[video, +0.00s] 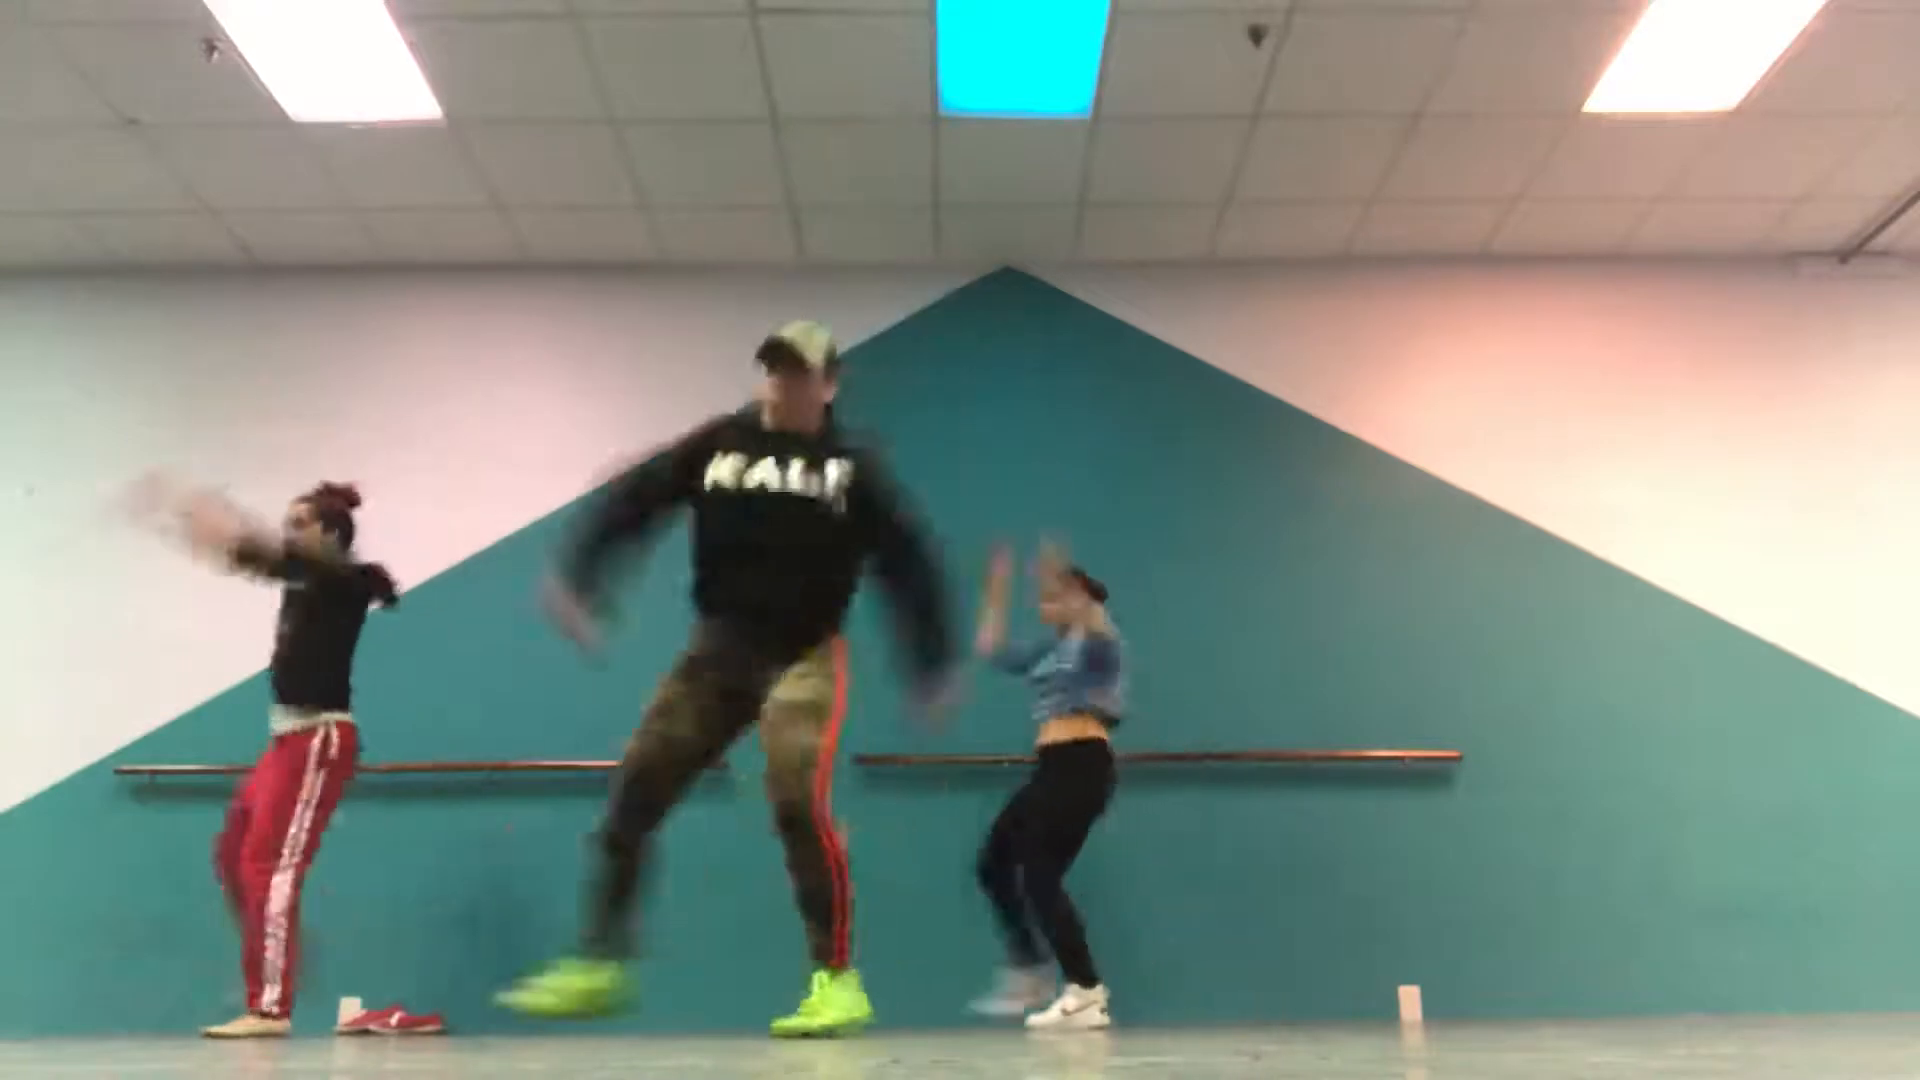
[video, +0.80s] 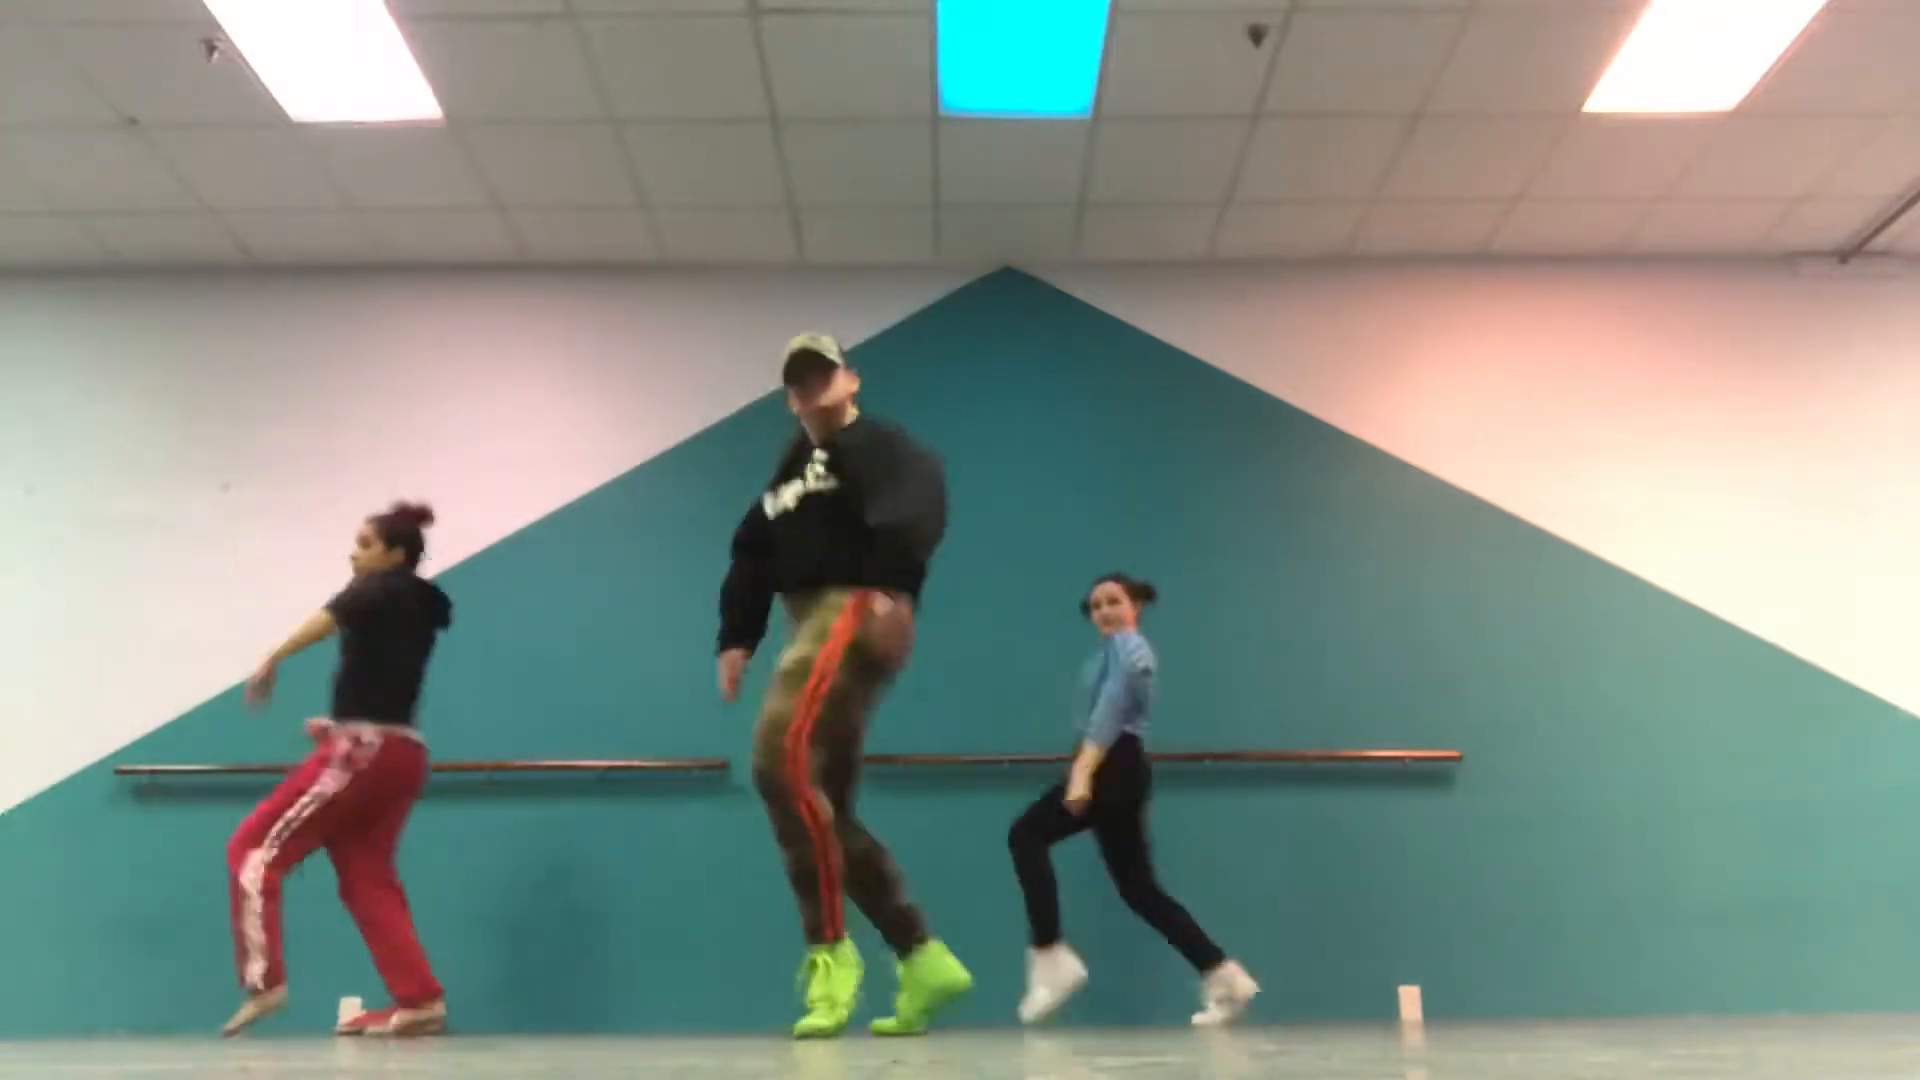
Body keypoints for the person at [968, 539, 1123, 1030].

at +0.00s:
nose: (1046, 608)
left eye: (1056, 597)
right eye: (1044, 599)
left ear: (1083, 600)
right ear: (1045, 605)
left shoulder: (1100, 645)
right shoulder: (1049, 650)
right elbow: (991, 648)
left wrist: (1090, 612)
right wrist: (998, 586)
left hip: (1085, 760)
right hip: (1051, 762)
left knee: (1040, 872)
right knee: (996, 864)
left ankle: (1084, 989)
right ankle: (1028, 972)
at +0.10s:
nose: (1028, 612)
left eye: (1037, 603)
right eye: (1025, 604)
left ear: (1064, 609)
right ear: (1024, 611)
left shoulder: (1093, 659)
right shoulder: (1017, 659)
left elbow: (1100, 712)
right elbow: (958, 686)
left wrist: (1080, 751)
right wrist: (950, 733)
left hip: (1065, 764)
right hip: (1024, 766)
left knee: (1021, 876)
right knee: (976, 871)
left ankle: (1081, 989)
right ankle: (939, 982)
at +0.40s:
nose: (1024, 595)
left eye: (1036, 588)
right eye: (1019, 587)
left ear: (1056, 603)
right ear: (1010, 600)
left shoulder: (1067, 651)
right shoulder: (1002, 657)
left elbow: (1094, 710)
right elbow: (991, 718)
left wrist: (1075, 760)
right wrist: (978, 765)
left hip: (1061, 762)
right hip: (1019, 764)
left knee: (1032, 875)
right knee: (989, 877)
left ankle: (1078, 991)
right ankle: (940, 989)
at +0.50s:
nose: (1040, 579)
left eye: (1052, 571)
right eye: (1036, 571)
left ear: (1074, 585)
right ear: (1030, 583)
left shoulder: (1072, 628)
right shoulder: (1036, 634)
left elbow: (1096, 685)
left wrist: (1100, 739)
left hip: (1064, 738)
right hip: (1033, 741)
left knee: (1047, 863)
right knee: (1026, 864)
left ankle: (1081, 987)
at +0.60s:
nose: (1062, 589)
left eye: (1073, 580)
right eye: (1056, 582)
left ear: (1096, 589)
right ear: (1050, 593)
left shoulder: (1088, 633)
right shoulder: (1062, 635)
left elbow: (1108, 701)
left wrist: (1116, 764)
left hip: (1065, 739)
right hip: (1047, 740)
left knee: (1059, 864)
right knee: (1061, 863)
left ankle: (1080, 986)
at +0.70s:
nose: (1086, 599)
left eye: (1096, 590)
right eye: (1078, 593)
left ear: (1119, 597)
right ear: (1073, 604)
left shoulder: (1111, 643)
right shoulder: (1100, 644)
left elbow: (1115, 714)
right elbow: (1122, 718)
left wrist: (1110, 776)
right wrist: (1130, 785)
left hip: (1073, 749)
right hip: (1071, 749)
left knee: (1053, 866)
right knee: (1100, 868)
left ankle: (1080, 988)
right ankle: (1189, 944)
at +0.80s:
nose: (1104, 612)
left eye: (1113, 602)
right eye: (1096, 606)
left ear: (1135, 607)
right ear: (1091, 616)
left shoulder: (1129, 648)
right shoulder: (1109, 654)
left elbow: (1113, 708)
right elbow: (1106, 716)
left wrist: (1083, 767)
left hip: (1115, 762)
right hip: (1118, 765)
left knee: (1026, 835)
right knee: (1137, 888)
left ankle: (1049, 958)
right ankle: (1221, 973)